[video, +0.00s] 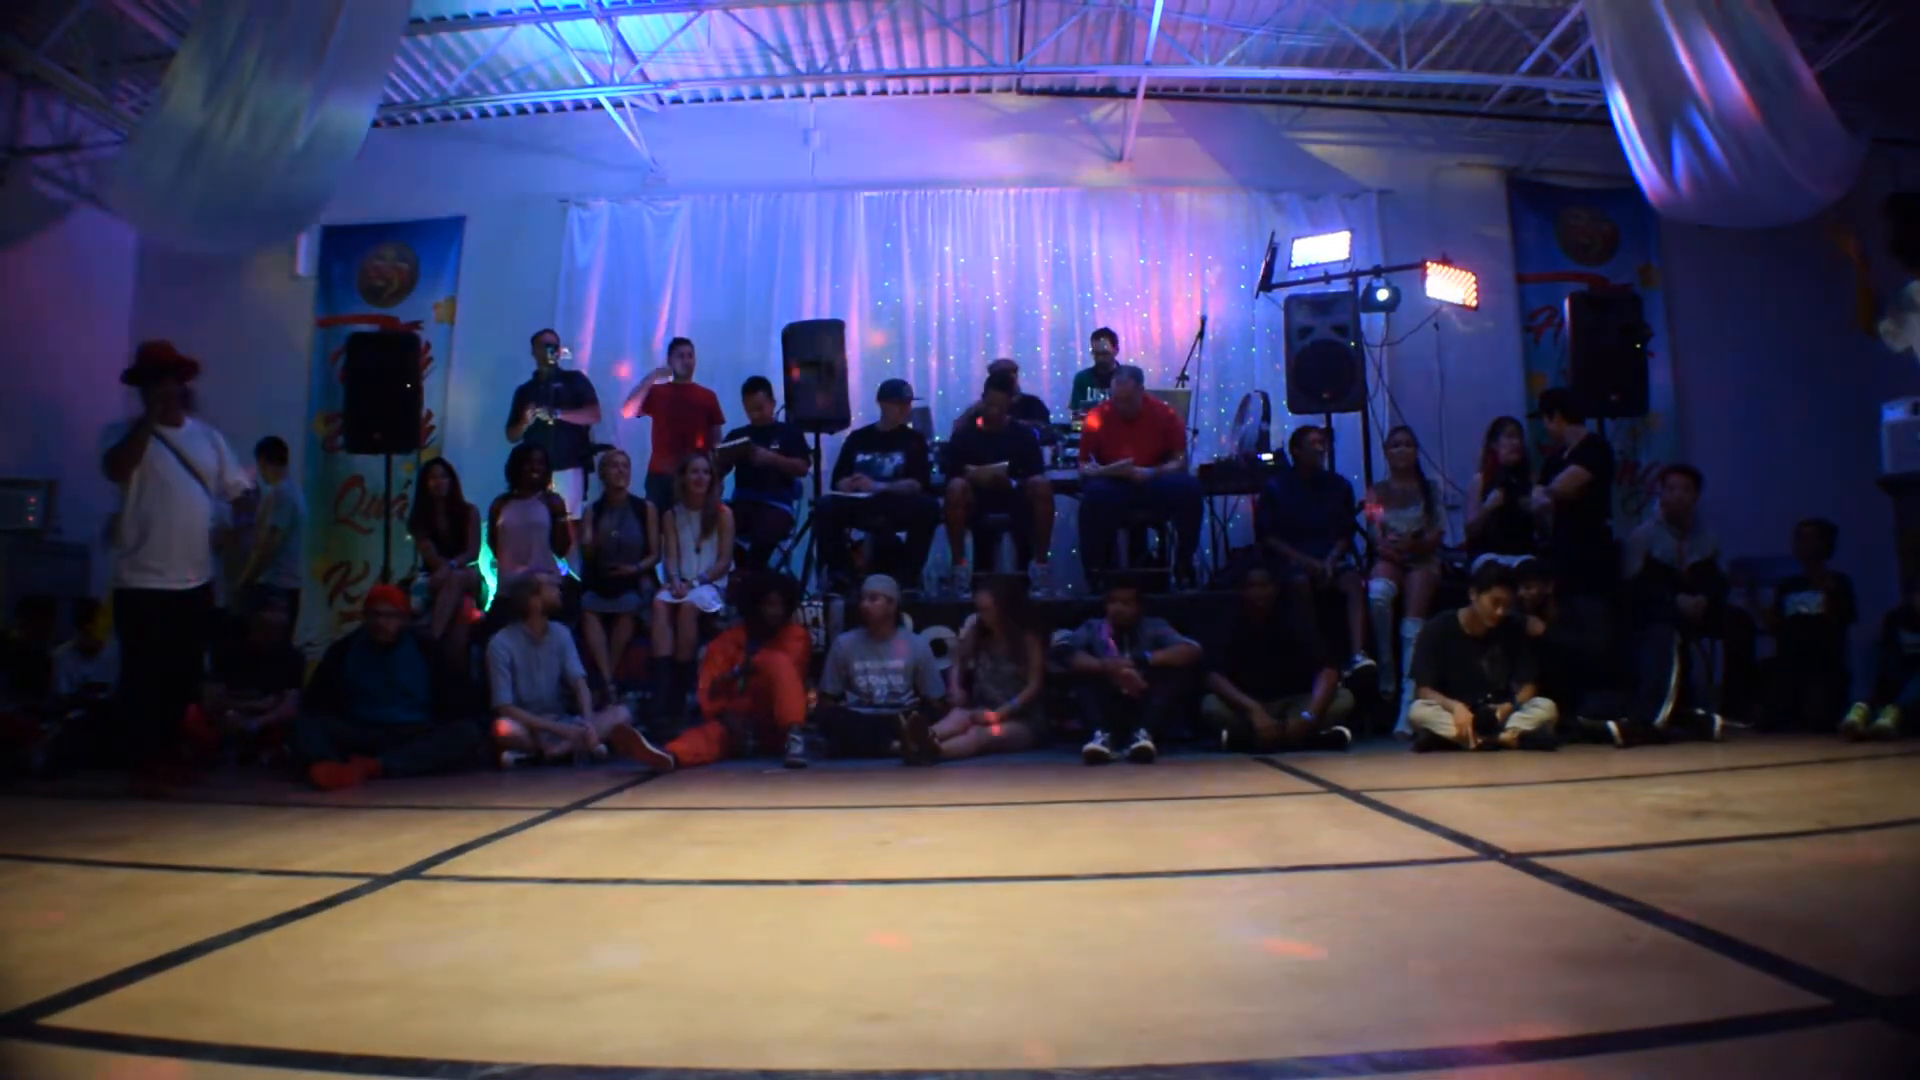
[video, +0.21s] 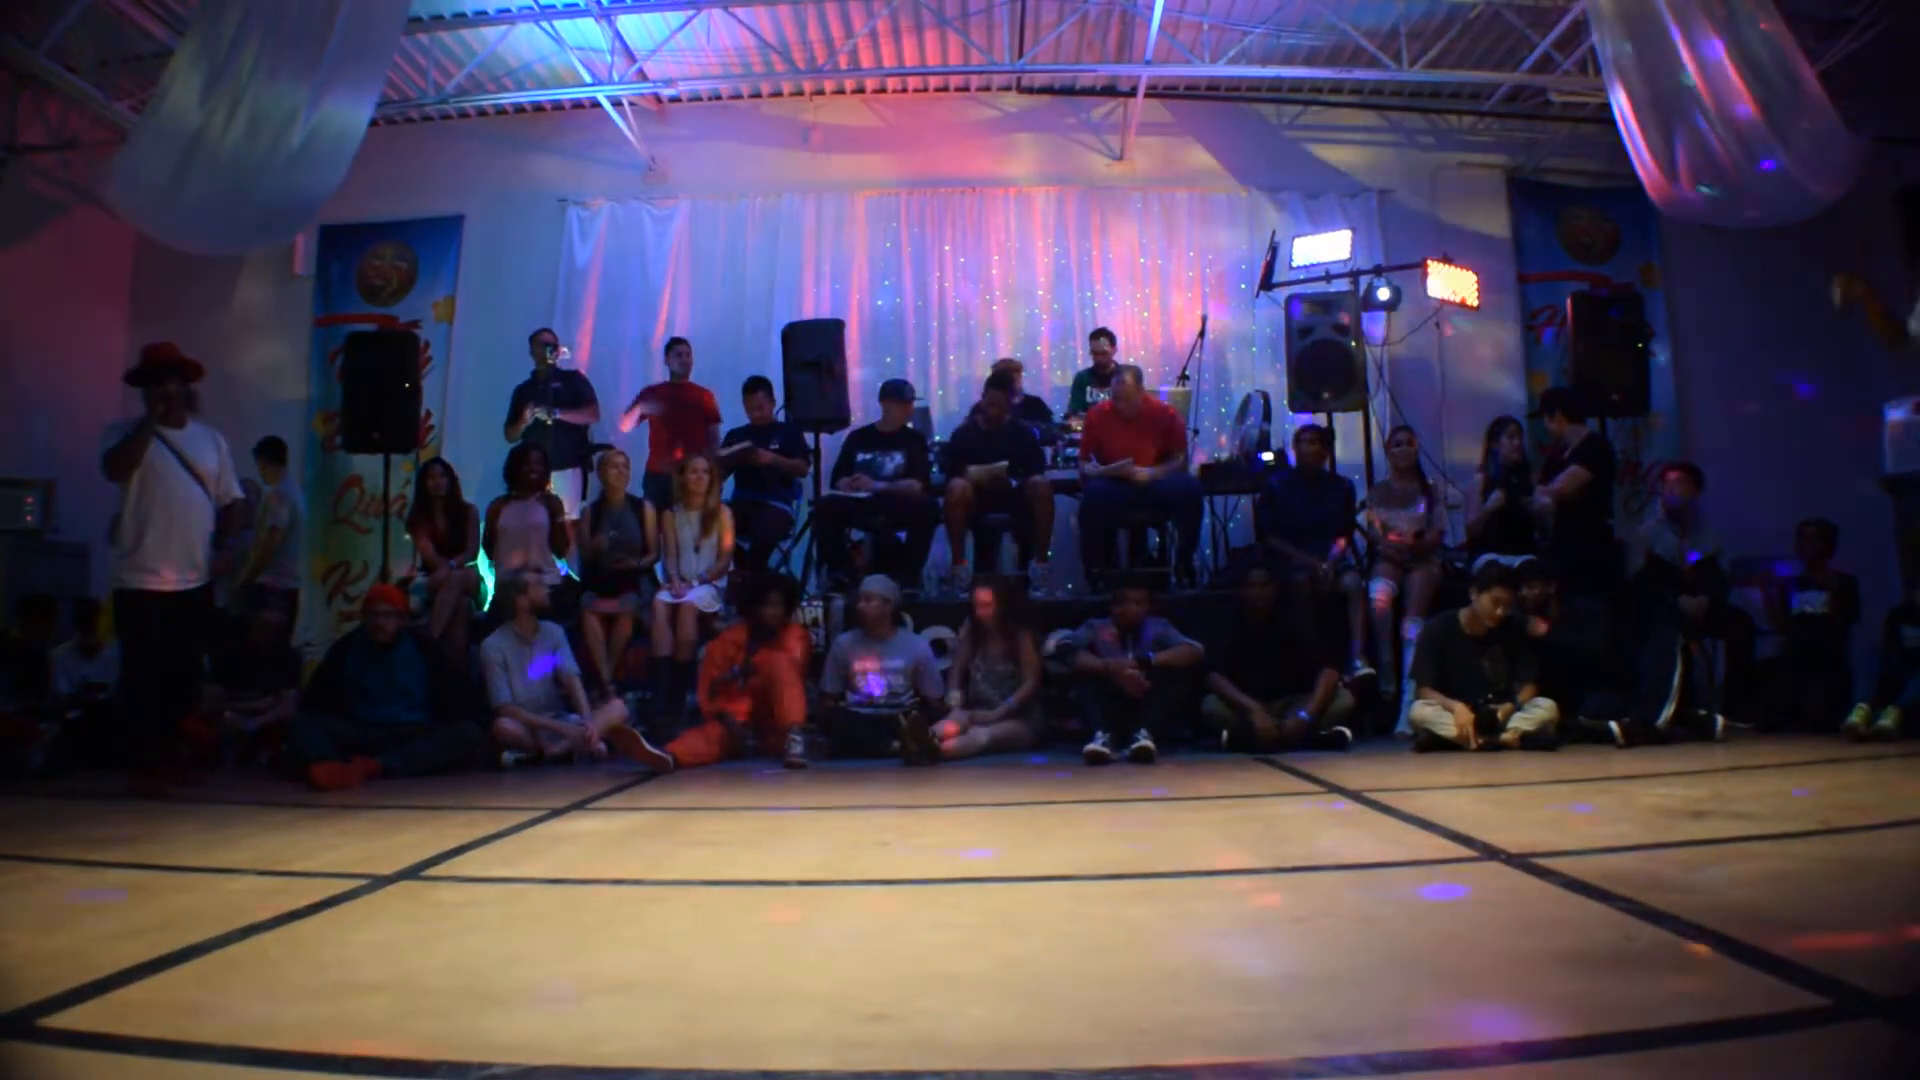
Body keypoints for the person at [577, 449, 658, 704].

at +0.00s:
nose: (620, 471)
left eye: (625, 466)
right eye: (614, 466)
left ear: (630, 472)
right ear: (602, 473)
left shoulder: (646, 508)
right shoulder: (592, 510)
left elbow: (654, 553)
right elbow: (587, 549)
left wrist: (634, 568)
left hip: (630, 576)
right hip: (600, 574)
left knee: (626, 612)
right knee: (589, 612)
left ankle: (607, 677)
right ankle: (607, 681)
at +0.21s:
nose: (619, 472)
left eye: (624, 467)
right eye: (613, 467)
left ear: (629, 473)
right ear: (601, 474)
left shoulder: (644, 508)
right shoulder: (589, 511)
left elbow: (653, 551)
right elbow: (584, 554)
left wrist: (635, 563)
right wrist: (596, 546)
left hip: (630, 578)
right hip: (600, 577)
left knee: (626, 613)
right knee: (589, 614)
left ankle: (607, 678)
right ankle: (606, 680)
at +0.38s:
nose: (620, 472)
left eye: (624, 467)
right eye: (613, 467)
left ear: (629, 473)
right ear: (600, 474)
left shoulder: (644, 508)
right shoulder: (589, 512)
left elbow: (652, 551)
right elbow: (584, 553)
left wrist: (626, 552)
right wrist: (598, 547)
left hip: (632, 575)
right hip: (599, 575)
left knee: (626, 609)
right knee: (588, 610)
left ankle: (609, 671)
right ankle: (604, 675)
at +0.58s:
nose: (622, 474)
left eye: (626, 469)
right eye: (615, 468)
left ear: (630, 474)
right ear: (603, 474)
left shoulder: (645, 507)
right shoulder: (592, 511)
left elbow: (653, 550)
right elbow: (587, 551)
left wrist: (632, 536)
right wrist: (607, 539)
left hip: (633, 574)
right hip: (601, 575)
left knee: (627, 610)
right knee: (591, 611)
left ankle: (608, 675)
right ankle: (606, 678)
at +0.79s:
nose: (619, 476)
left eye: (624, 471)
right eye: (614, 471)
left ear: (631, 475)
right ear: (603, 475)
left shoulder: (644, 508)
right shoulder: (591, 511)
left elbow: (648, 550)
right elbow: (587, 554)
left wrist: (632, 533)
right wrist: (605, 537)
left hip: (631, 576)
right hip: (598, 577)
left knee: (625, 611)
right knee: (589, 611)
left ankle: (607, 675)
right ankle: (605, 681)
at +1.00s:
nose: (616, 475)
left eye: (622, 470)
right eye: (611, 469)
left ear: (631, 476)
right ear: (604, 474)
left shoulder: (645, 507)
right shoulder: (591, 510)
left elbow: (648, 550)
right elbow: (587, 554)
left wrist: (631, 533)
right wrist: (604, 535)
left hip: (631, 573)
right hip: (599, 573)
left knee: (626, 611)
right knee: (589, 611)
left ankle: (607, 672)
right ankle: (606, 677)